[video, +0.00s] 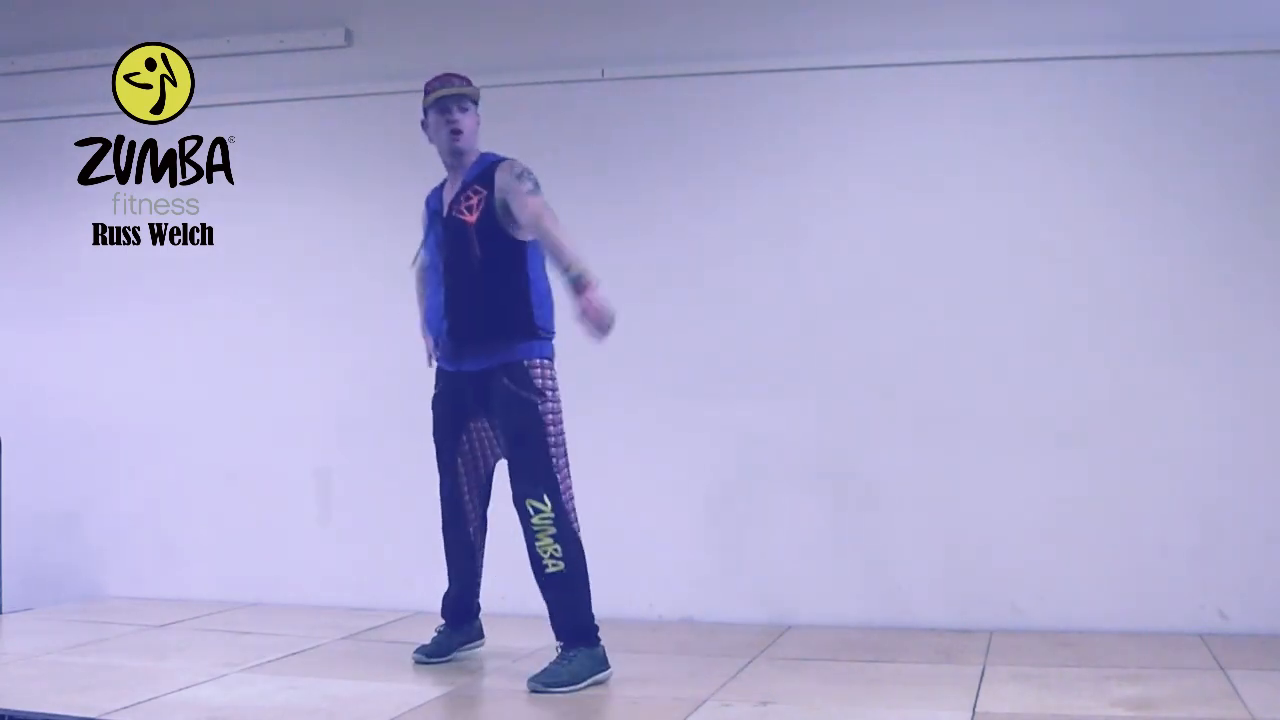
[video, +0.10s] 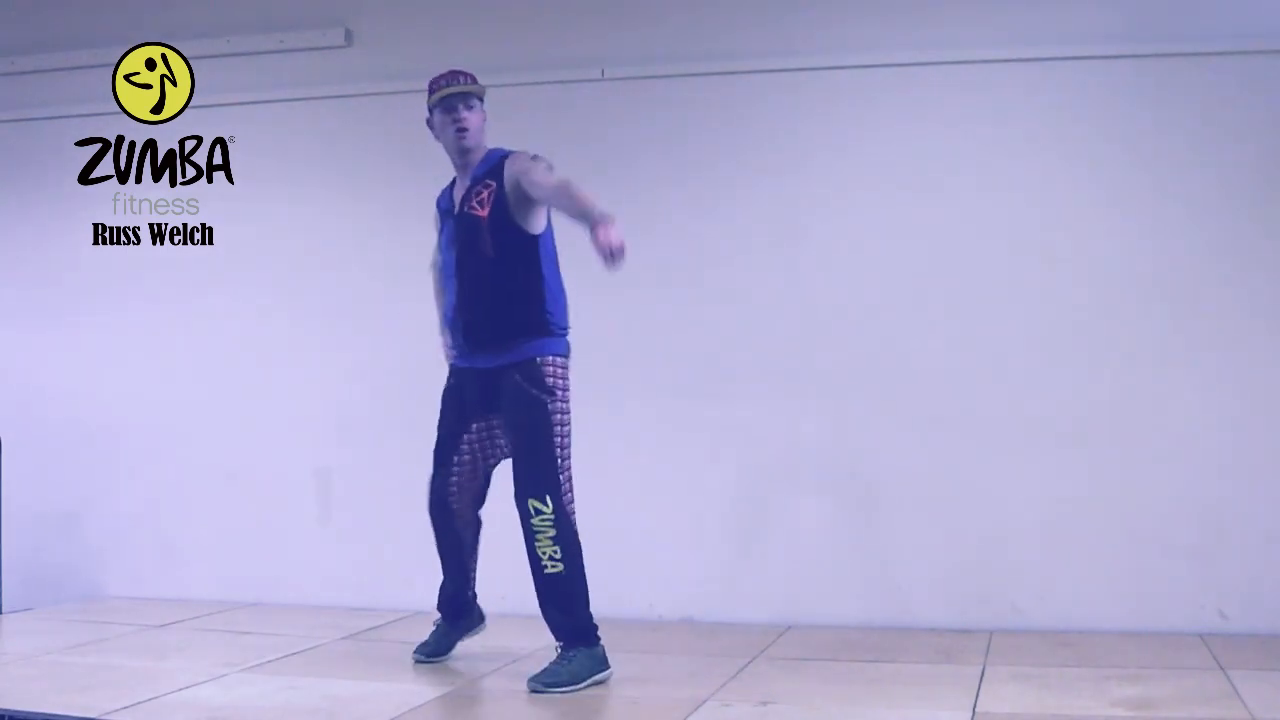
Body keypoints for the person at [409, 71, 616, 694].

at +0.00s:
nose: (454, 119)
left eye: (463, 108)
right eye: (441, 112)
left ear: (479, 118)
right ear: (426, 127)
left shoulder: (506, 175)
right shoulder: (434, 201)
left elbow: (542, 225)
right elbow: (426, 273)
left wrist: (584, 285)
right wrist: (430, 333)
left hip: (519, 365)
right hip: (457, 372)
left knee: (543, 504)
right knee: (460, 502)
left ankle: (581, 646)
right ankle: (462, 623)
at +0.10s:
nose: (460, 118)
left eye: (468, 107)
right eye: (447, 111)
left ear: (485, 116)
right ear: (432, 127)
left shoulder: (515, 168)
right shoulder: (445, 201)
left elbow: (556, 188)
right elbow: (443, 275)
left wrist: (598, 219)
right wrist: (451, 338)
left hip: (533, 363)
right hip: (472, 370)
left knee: (542, 505)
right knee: (450, 498)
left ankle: (581, 646)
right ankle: (459, 611)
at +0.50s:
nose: (488, 99)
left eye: (499, 89)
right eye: (477, 92)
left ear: (521, 101)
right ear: (465, 110)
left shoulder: (553, 162)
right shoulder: (467, 186)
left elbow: (623, 210)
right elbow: (460, 262)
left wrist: (574, 140)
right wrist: (467, 325)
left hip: (558, 358)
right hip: (498, 362)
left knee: (562, 503)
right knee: (519, 504)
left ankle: (585, 648)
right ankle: (579, 638)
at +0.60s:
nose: (480, 98)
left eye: (496, 89)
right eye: (477, 89)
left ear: (526, 106)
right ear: (472, 107)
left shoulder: (553, 166)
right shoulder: (471, 187)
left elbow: (623, 206)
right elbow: (464, 261)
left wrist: (594, 131)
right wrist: (472, 323)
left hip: (557, 362)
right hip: (499, 365)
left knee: (549, 505)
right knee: (472, 496)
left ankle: (583, 649)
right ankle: (555, 623)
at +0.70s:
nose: (475, 107)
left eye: (490, 99)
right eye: (475, 98)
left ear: (522, 116)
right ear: (480, 116)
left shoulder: (553, 179)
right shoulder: (476, 192)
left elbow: (617, 231)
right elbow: (483, 277)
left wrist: (597, 148)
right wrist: (484, 351)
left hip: (552, 373)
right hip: (495, 373)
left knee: (544, 518)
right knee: (441, 486)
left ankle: (583, 652)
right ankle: (521, 597)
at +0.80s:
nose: (472, 103)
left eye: (485, 94)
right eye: (473, 94)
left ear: (517, 108)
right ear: (481, 111)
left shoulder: (545, 178)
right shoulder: (474, 182)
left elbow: (578, 269)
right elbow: (485, 271)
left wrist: (591, 231)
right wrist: (477, 349)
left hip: (543, 365)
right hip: (484, 365)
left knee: (545, 503)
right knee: (435, 481)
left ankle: (582, 648)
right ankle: (476, 604)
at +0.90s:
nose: (467, 98)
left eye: (480, 89)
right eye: (468, 89)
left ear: (511, 103)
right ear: (477, 105)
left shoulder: (538, 171)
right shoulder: (469, 177)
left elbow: (551, 238)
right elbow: (473, 261)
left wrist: (566, 289)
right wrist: (469, 332)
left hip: (535, 360)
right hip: (476, 360)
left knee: (549, 500)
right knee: (448, 491)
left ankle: (582, 645)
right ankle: (453, 614)